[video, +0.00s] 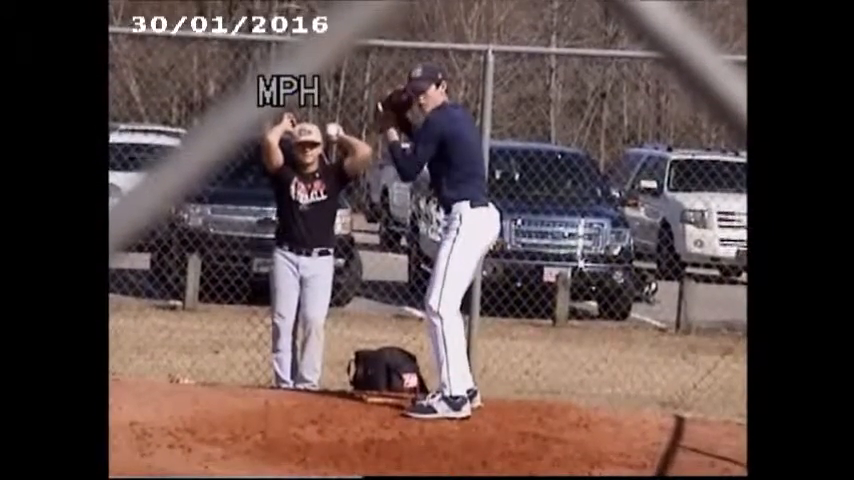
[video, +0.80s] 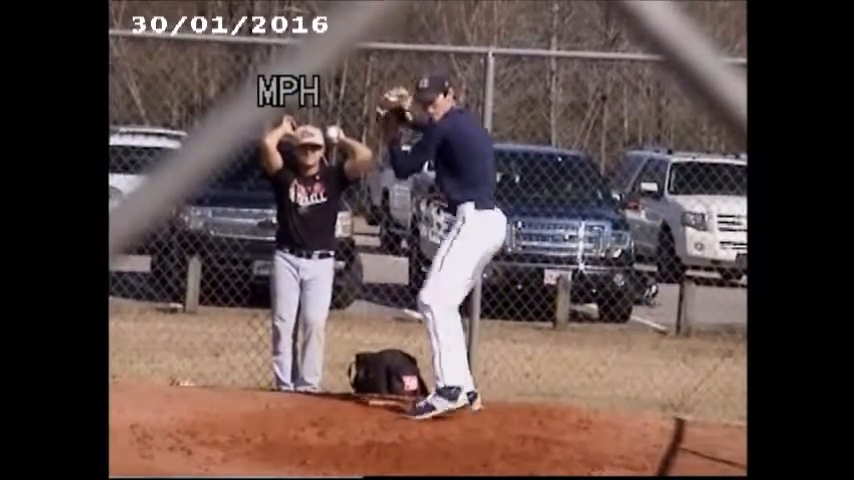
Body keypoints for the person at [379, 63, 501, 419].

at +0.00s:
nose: (417, 101)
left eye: (421, 93)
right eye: (415, 95)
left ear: (440, 88)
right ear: (435, 92)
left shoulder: (438, 121)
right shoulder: (457, 115)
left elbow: (409, 170)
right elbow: (419, 158)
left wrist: (391, 134)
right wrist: (403, 125)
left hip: (467, 217)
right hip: (477, 214)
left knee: (440, 305)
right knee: (443, 305)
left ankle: (455, 393)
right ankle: (461, 387)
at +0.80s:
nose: (427, 111)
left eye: (431, 103)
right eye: (424, 105)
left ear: (450, 96)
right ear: (447, 100)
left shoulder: (443, 128)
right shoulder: (467, 121)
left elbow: (403, 168)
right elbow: (434, 131)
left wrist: (391, 134)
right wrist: (408, 118)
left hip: (474, 219)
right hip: (490, 218)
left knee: (433, 298)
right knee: (443, 302)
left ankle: (451, 386)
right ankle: (463, 386)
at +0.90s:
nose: (428, 107)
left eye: (429, 101)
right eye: (425, 102)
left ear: (446, 91)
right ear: (450, 91)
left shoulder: (441, 124)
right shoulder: (474, 112)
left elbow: (399, 159)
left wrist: (397, 120)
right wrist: (417, 96)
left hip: (474, 214)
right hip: (497, 216)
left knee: (412, 274)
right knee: (449, 293)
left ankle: (444, 355)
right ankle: (461, 383)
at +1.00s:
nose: (424, 108)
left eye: (426, 102)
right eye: (421, 104)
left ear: (445, 92)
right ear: (448, 93)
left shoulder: (439, 124)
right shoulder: (474, 112)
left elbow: (394, 156)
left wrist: (411, 122)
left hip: (476, 213)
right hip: (500, 216)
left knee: (401, 251)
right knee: (461, 302)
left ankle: (439, 325)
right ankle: (462, 387)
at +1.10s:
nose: (419, 103)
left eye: (423, 96)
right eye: (417, 98)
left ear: (442, 91)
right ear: (445, 93)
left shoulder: (436, 121)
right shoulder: (472, 116)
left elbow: (393, 160)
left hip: (475, 211)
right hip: (503, 214)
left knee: (396, 234)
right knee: (461, 302)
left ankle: (422, 314)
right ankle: (462, 385)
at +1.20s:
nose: (423, 111)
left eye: (428, 104)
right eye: (420, 105)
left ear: (446, 101)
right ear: (448, 104)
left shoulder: (439, 129)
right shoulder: (470, 126)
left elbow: (396, 171)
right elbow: (454, 183)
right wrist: (429, 185)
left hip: (478, 220)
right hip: (505, 226)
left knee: (397, 241)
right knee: (458, 302)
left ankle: (395, 329)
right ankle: (460, 388)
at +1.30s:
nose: (426, 120)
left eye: (432, 114)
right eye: (425, 114)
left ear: (451, 113)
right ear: (454, 116)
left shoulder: (444, 139)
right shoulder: (475, 141)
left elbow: (391, 162)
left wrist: (356, 182)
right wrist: (443, 190)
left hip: (479, 230)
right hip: (505, 238)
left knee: (397, 264)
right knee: (443, 301)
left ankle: (364, 349)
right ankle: (458, 387)